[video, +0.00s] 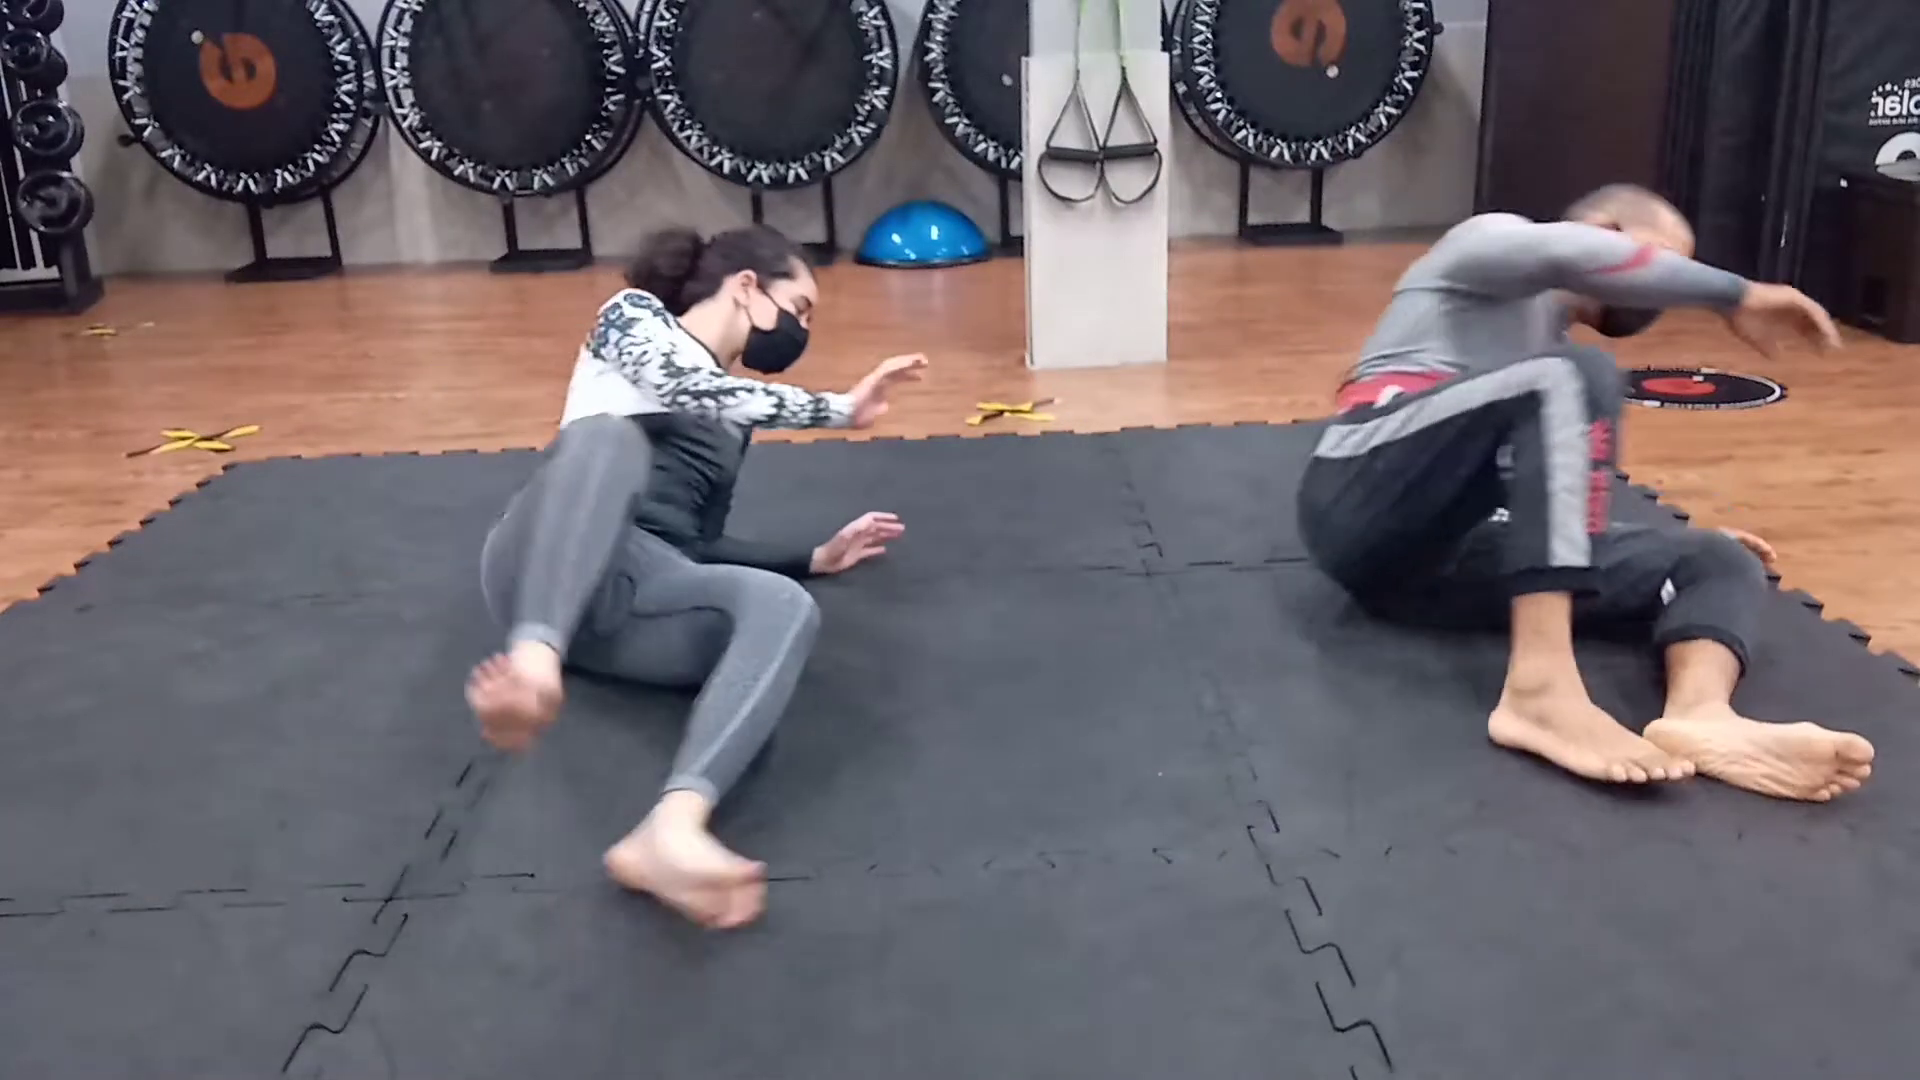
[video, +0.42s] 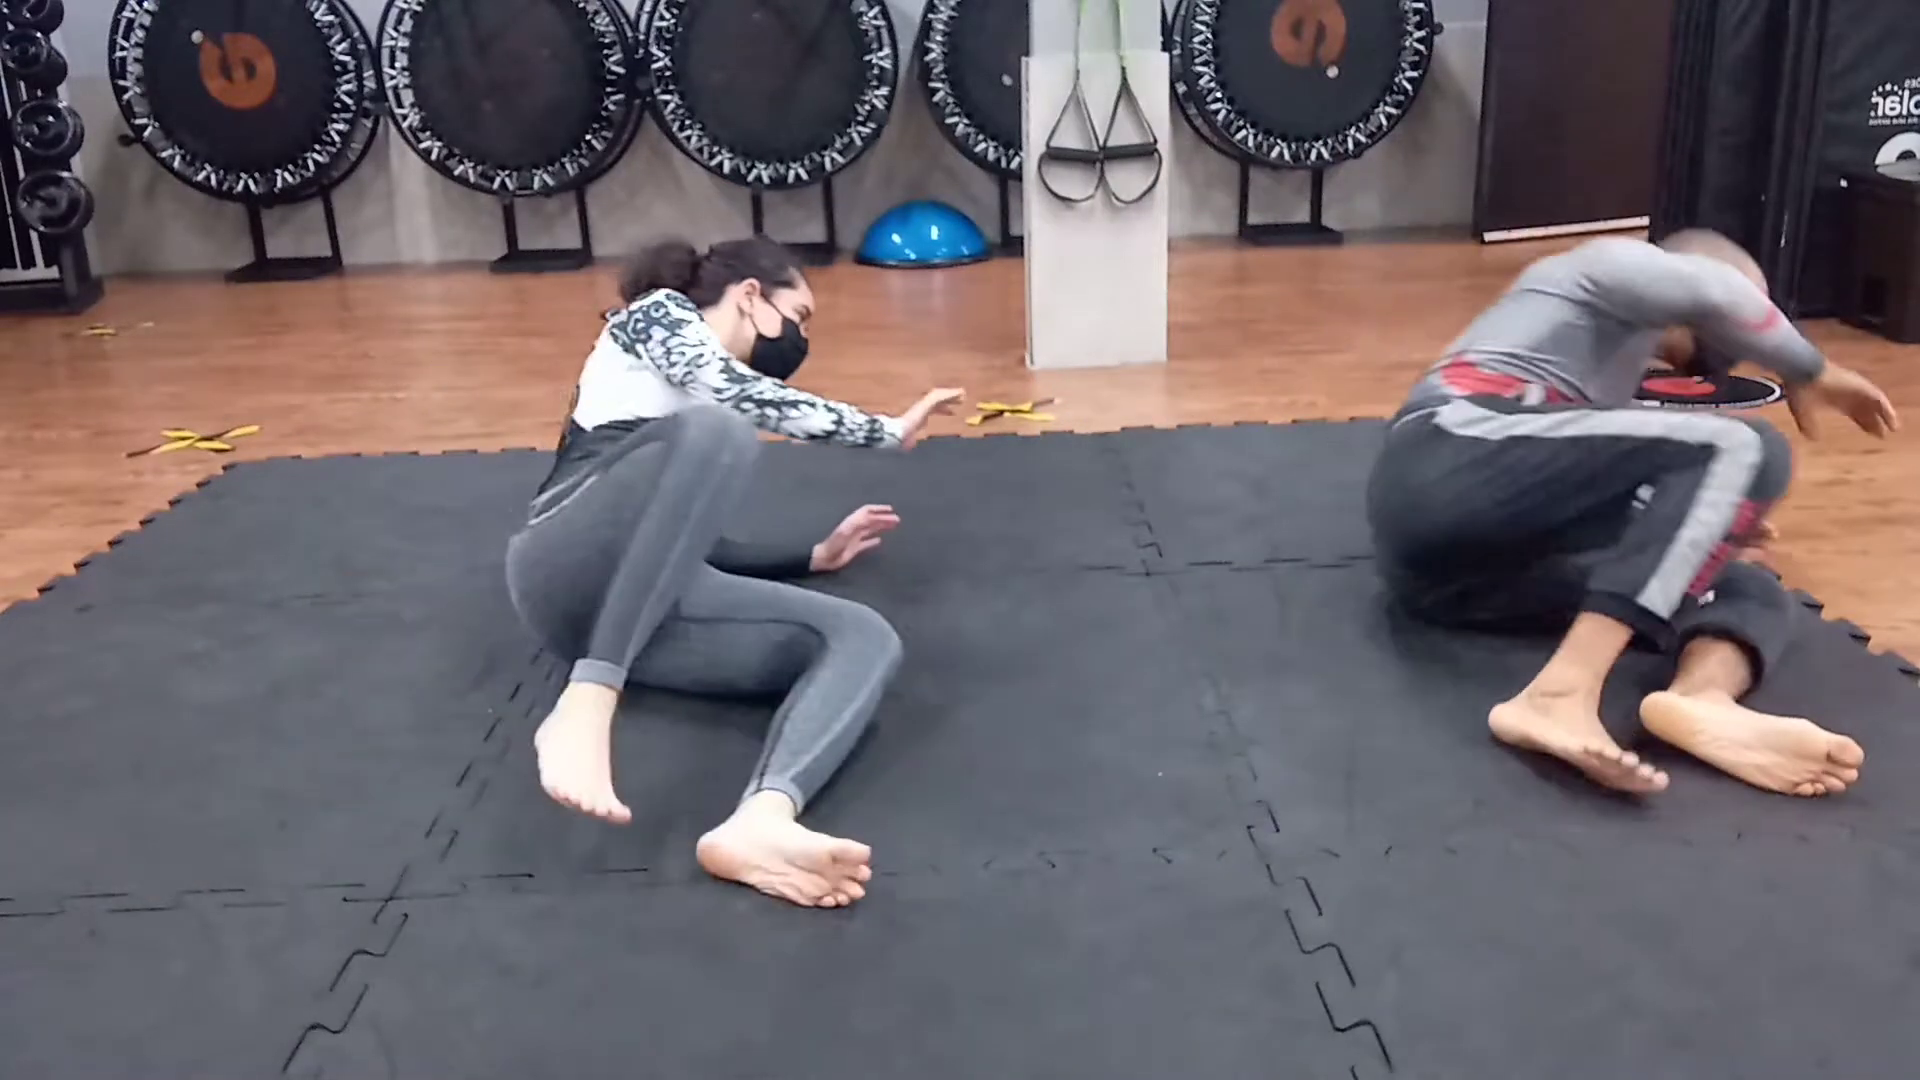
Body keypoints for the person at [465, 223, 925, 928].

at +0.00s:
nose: (804, 332)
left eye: (809, 319)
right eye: (800, 310)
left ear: (745, 296)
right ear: (744, 288)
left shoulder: (731, 418)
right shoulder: (631, 317)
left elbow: (690, 546)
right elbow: (696, 387)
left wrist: (815, 561)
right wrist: (840, 410)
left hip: (651, 600)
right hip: (559, 562)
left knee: (785, 603)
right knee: (608, 435)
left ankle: (672, 828)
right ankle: (533, 667)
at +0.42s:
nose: (797, 341)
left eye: (802, 330)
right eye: (796, 321)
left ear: (746, 304)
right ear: (747, 295)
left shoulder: (731, 401)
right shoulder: (656, 315)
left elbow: (678, 548)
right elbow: (731, 390)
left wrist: (812, 558)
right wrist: (887, 431)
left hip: (644, 605)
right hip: (563, 565)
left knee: (865, 635)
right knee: (716, 429)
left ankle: (763, 815)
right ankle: (588, 700)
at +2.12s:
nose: (688, 331)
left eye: (700, 318)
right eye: (674, 307)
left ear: (705, 325)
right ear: (614, 301)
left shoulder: (649, 420)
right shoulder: (533, 312)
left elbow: (686, 552)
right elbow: (545, 380)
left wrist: (779, 528)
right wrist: (691, 419)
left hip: (504, 598)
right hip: (414, 547)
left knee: (645, 633)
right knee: (375, 466)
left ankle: (676, 803)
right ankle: (373, 768)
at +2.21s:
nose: (671, 325)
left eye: (683, 311)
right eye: (652, 303)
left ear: (689, 322)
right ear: (587, 301)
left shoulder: (645, 417)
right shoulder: (512, 322)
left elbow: (685, 550)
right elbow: (522, 386)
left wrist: (769, 522)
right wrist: (637, 402)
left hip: (508, 596)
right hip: (417, 547)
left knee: (637, 636)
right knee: (348, 481)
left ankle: (674, 806)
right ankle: (328, 785)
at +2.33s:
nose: (609, 305)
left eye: (624, 292)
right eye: (587, 287)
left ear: (640, 310)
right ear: (536, 295)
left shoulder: (625, 424)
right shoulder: (485, 328)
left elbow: (682, 552)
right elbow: (394, 382)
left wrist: (745, 510)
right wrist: (517, 377)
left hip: (508, 586)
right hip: (406, 538)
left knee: (621, 638)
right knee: (316, 517)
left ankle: (674, 813)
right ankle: (252, 826)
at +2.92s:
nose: (310, 271)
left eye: (327, 249)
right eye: (296, 262)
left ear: (393, 256)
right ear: (291, 281)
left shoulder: (474, 379)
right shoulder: (278, 373)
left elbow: (546, 483)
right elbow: (197, 505)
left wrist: (460, 425)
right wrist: (158, 471)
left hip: (407, 580)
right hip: (288, 580)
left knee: (462, 596)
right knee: (184, 600)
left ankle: (454, 849)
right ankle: (160, 860)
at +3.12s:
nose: (229, 266)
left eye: (246, 244)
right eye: (219, 252)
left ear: (320, 245)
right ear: (217, 268)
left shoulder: (417, 357)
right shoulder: (225, 384)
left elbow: (465, 454)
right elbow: (167, 525)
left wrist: (345, 400)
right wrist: (88, 500)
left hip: (393, 575)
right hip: (271, 592)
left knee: (395, 583)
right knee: (138, 643)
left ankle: (433, 840)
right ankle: (145, 895)